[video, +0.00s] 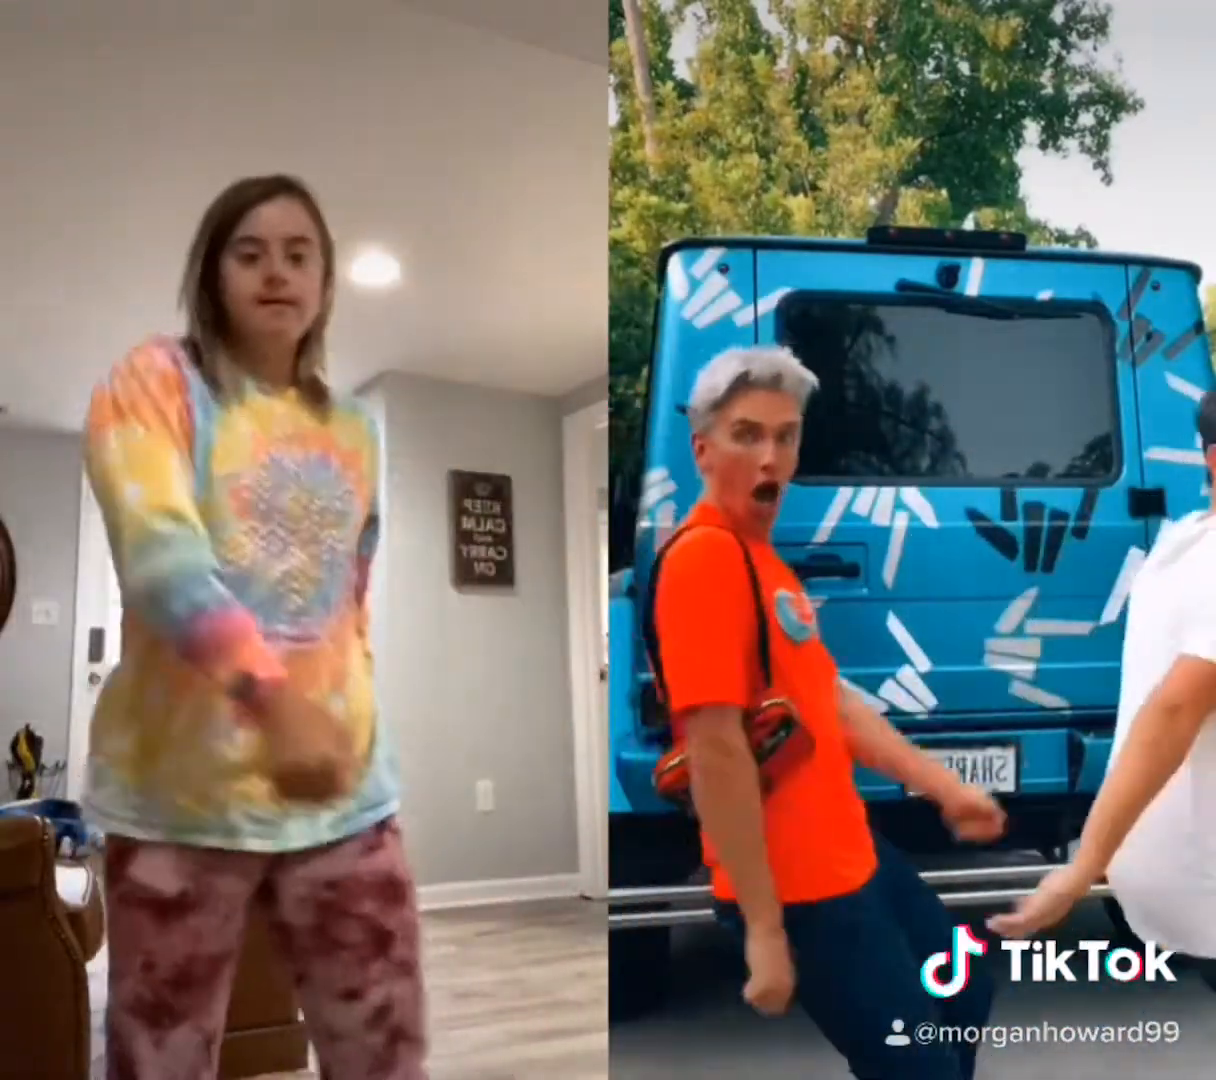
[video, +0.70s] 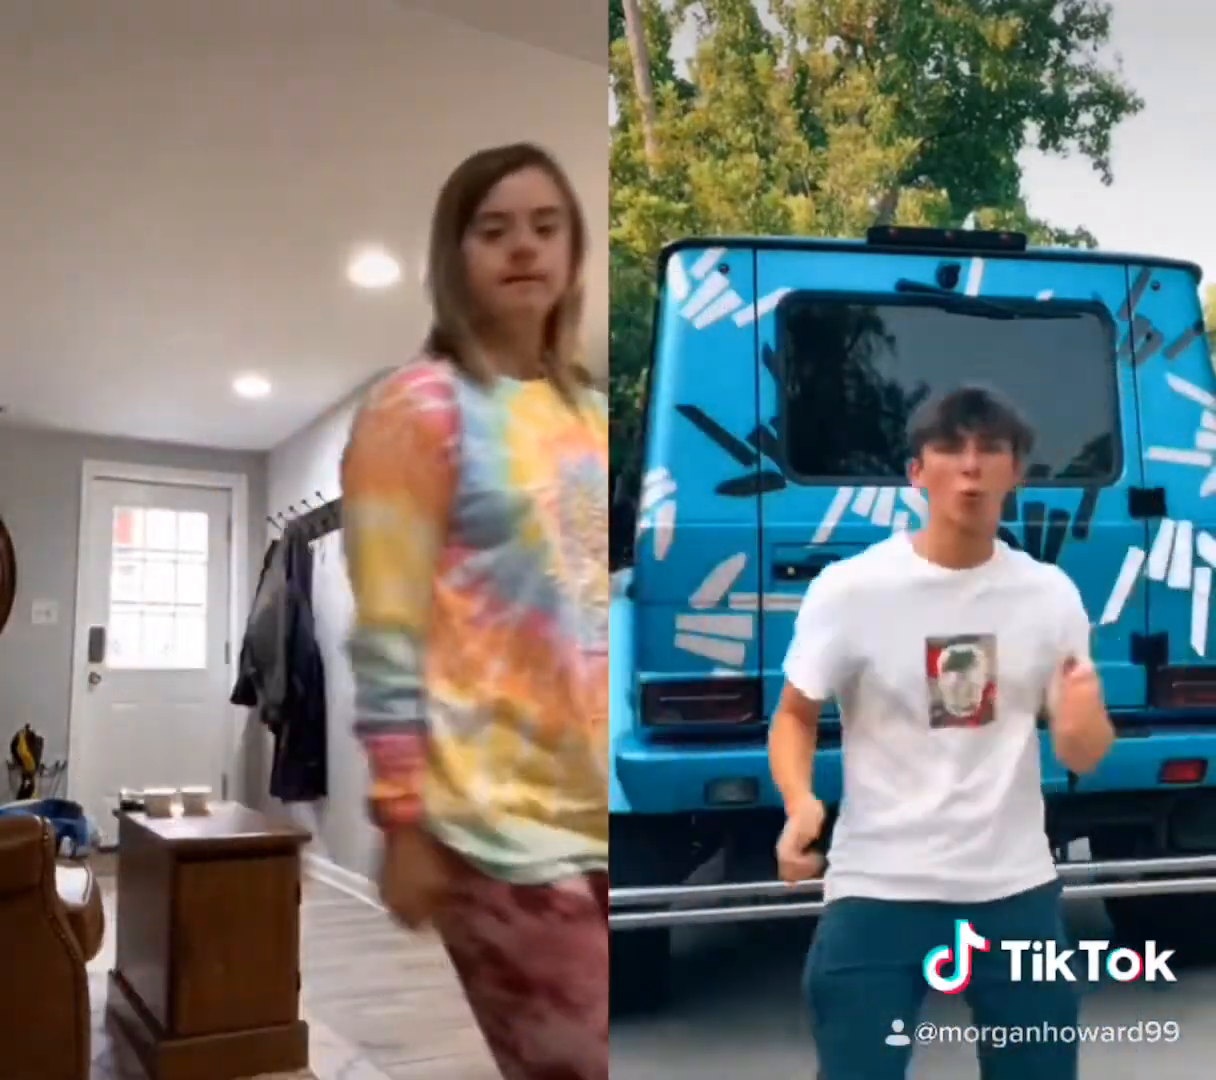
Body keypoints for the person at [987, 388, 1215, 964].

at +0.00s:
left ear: (1207, 458)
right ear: (1211, 458)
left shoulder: (1172, 548)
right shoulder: (1203, 552)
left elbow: (1161, 706)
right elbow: (1176, 707)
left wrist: (1095, 864)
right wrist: (1084, 866)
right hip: (1198, 904)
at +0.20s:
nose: (1207, 426)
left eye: (1213, 408)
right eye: (1186, 407)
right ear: (1134, 419)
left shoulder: (1163, 507)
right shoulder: (1142, 518)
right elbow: (1080, 701)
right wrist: (1138, 876)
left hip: (1173, 835)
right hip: (1163, 852)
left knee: (1177, 1042)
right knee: (1183, 1046)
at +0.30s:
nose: (1161, 435)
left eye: (1174, 417)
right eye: (1138, 414)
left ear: (1187, 428)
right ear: (1089, 429)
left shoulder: (1153, 531)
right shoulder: (1067, 539)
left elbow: (1168, 672)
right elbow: (1037, 719)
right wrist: (1182, 799)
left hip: (1129, 835)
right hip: (1078, 848)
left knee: (1107, 1053)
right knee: (1175, 1053)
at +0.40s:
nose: (1125, 454)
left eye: (1140, 438)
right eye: (1104, 437)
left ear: (1154, 457)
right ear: (1060, 458)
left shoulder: (1152, 581)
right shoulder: (1007, 560)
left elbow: (1139, 728)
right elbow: (1004, 731)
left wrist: (1200, 850)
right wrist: (1159, 699)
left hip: (1089, 855)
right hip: (1001, 860)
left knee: (1102, 1057)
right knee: (1131, 1058)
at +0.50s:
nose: (1082, 448)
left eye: (1096, 433)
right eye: (1061, 431)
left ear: (1113, 453)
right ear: (1019, 449)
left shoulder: (1130, 575)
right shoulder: (954, 550)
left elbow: (1108, 725)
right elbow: (916, 710)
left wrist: (1137, 825)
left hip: (1066, 845)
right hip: (961, 843)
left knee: (1111, 1059)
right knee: (1060, 1058)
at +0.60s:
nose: (1034, 438)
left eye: (1052, 422)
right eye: (1015, 421)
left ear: (1074, 443)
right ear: (976, 441)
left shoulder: (1074, 567)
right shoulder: (910, 558)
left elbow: (1083, 709)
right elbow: (844, 686)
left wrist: (1143, 713)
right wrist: (853, 780)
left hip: (1050, 859)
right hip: (930, 861)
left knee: (1066, 1067)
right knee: (941, 1066)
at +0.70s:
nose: (972, 468)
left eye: (991, 452)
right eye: (953, 451)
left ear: (1016, 471)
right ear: (920, 471)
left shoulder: (1050, 594)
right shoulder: (848, 590)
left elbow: (1084, 756)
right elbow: (793, 715)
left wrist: (1082, 711)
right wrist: (799, 799)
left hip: (1016, 888)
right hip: (879, 887)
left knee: (1041, 1068)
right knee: (856, 1065)